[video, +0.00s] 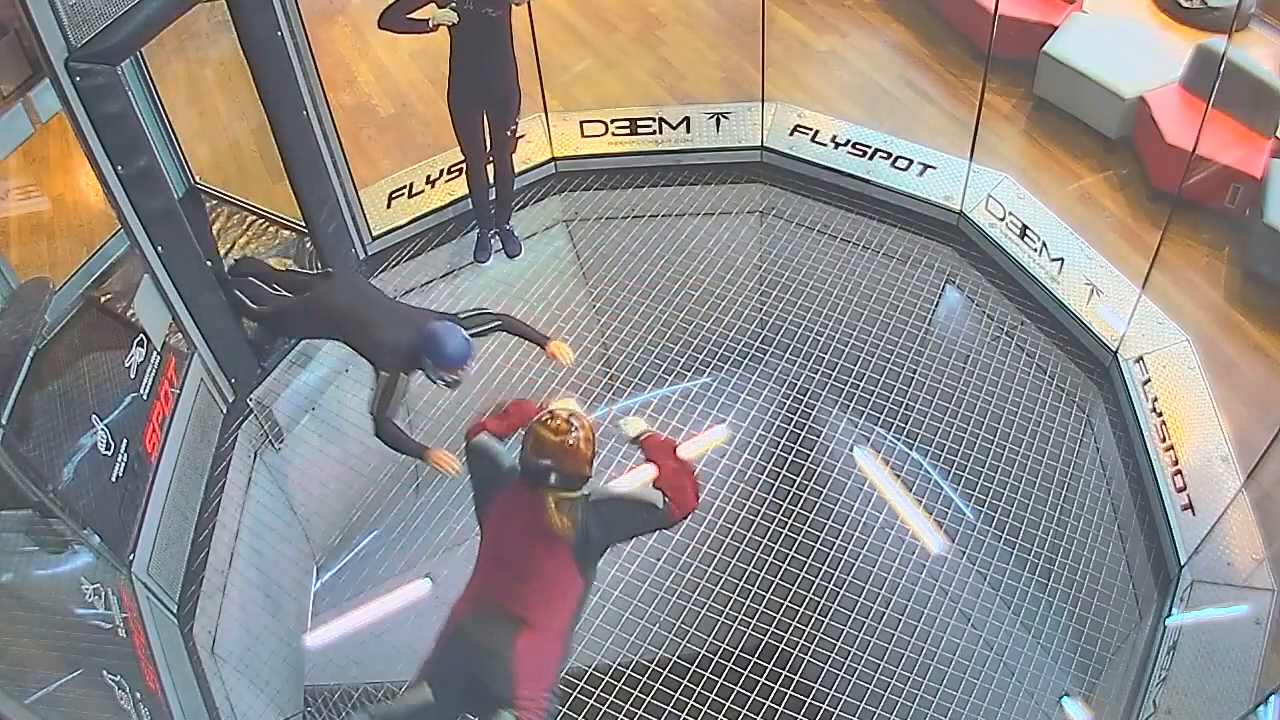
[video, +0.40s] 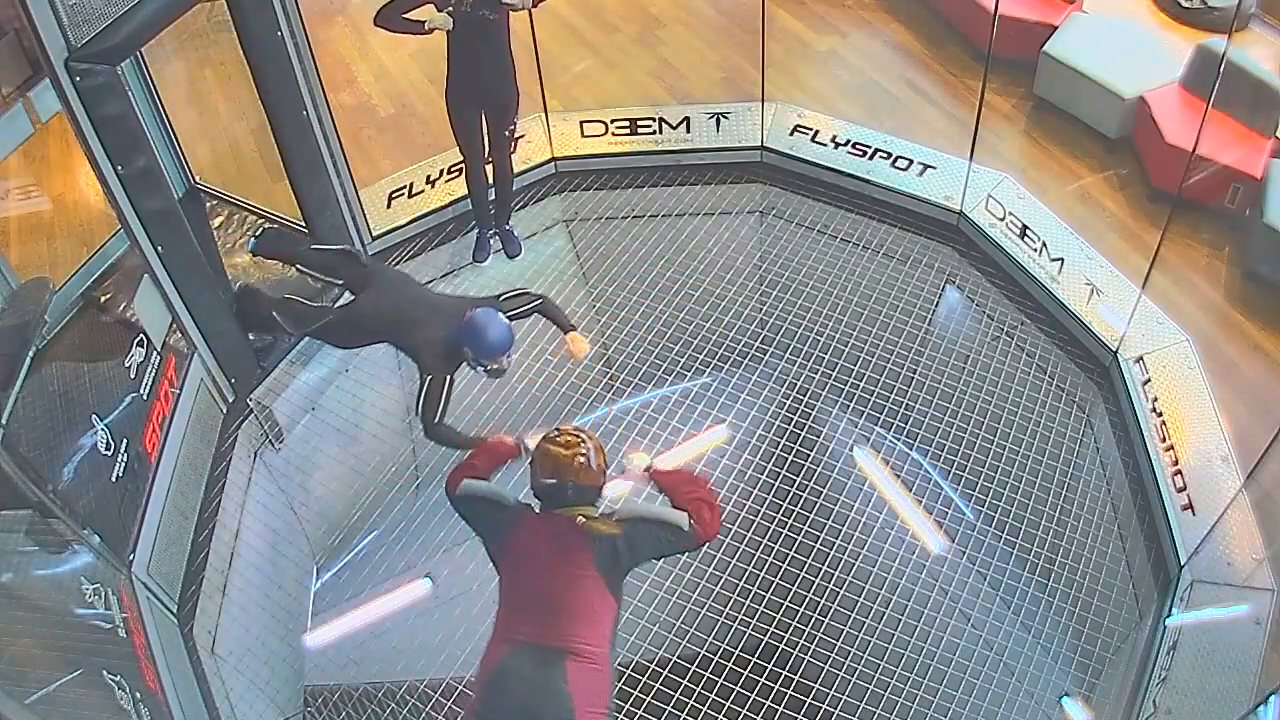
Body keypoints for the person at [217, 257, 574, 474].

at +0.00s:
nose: (455, 380)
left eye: (459, 374)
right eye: (451, 378)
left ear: (458, 344)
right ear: (430, 367)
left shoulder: (444, 325)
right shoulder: (395, 363)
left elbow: (498, 317)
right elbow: (382, 425)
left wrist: (546, 342)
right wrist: (424, 453)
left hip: (351, 283)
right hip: (325, 310)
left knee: (286, 277)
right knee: (263, 313)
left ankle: (228, 266)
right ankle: (221, 284)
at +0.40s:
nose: (500, 361)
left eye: (502, 354)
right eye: (496, 359)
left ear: (481, 314)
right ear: (475, 358)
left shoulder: (480, 307)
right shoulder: (440, 368)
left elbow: (538, 301)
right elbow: (431, 427)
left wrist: (573, 334)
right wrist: (481, 444)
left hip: (391, 279)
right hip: (367, 319)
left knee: (344, 263)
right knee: (313, 320)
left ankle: (269, 242)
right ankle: (251, 300)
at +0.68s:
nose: (521, 345)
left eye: (523, 337)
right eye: (513, 342)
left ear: (524, 318)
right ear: (487, 335)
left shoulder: (512, 298)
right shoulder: (457, 347)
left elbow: (565, 293)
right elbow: (454, 407)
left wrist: (595, 330)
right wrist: (505, 416)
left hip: (421, 259)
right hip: (389, 290)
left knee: (380, 228)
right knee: (322, 287)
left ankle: (301, 189)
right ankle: (236, 241)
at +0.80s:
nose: (531, 348)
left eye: (535, 339)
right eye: (522, 343)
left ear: (541, 317)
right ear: (501, 332)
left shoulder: (527, 296)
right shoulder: (468, 339)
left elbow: (583, 297)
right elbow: (457, 399)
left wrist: (617, 328)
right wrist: (498, 419)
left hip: (434, 247)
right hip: (399, 271)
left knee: (395, 204)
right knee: (323, 262)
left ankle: (338, 154)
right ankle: (262, 207)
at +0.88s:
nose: (542, 348)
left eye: (547, 340)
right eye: (534, 343)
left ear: (553, 310)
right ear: (512, 329)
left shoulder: (541, 290)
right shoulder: (479, 334)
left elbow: (594, 293)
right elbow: (461, 395)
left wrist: (628, 324)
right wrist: (498, 423)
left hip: (450, 240)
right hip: (409, 259)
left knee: (411, 193)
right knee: (343, 256)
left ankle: (373, 128)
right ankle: (312, 180)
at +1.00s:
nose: (567, 351)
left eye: (573, 343)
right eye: (559, 345)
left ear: (578, 320)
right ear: (536, 333)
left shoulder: (570, 292)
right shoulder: (497, 329)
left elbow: (619, 285)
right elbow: (466, 386)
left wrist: (654, 320)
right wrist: (495, 420)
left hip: (476, 226)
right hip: (435, 243)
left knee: (439, 184)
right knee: (368, 218)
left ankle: (409, 136)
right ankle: (380, 175)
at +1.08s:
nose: (577, 353)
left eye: (582, 345)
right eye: (569, 348)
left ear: (591, 325)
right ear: (548, 332)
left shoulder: (588, 293)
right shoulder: (510, 324)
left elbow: (636, 284)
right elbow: (469, 367)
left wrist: (672, 317)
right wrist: (483, 406)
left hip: (496, 218)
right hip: (457, 235)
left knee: (466, 181)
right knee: (383, 207)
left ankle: (431, 145)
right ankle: (392, 135)